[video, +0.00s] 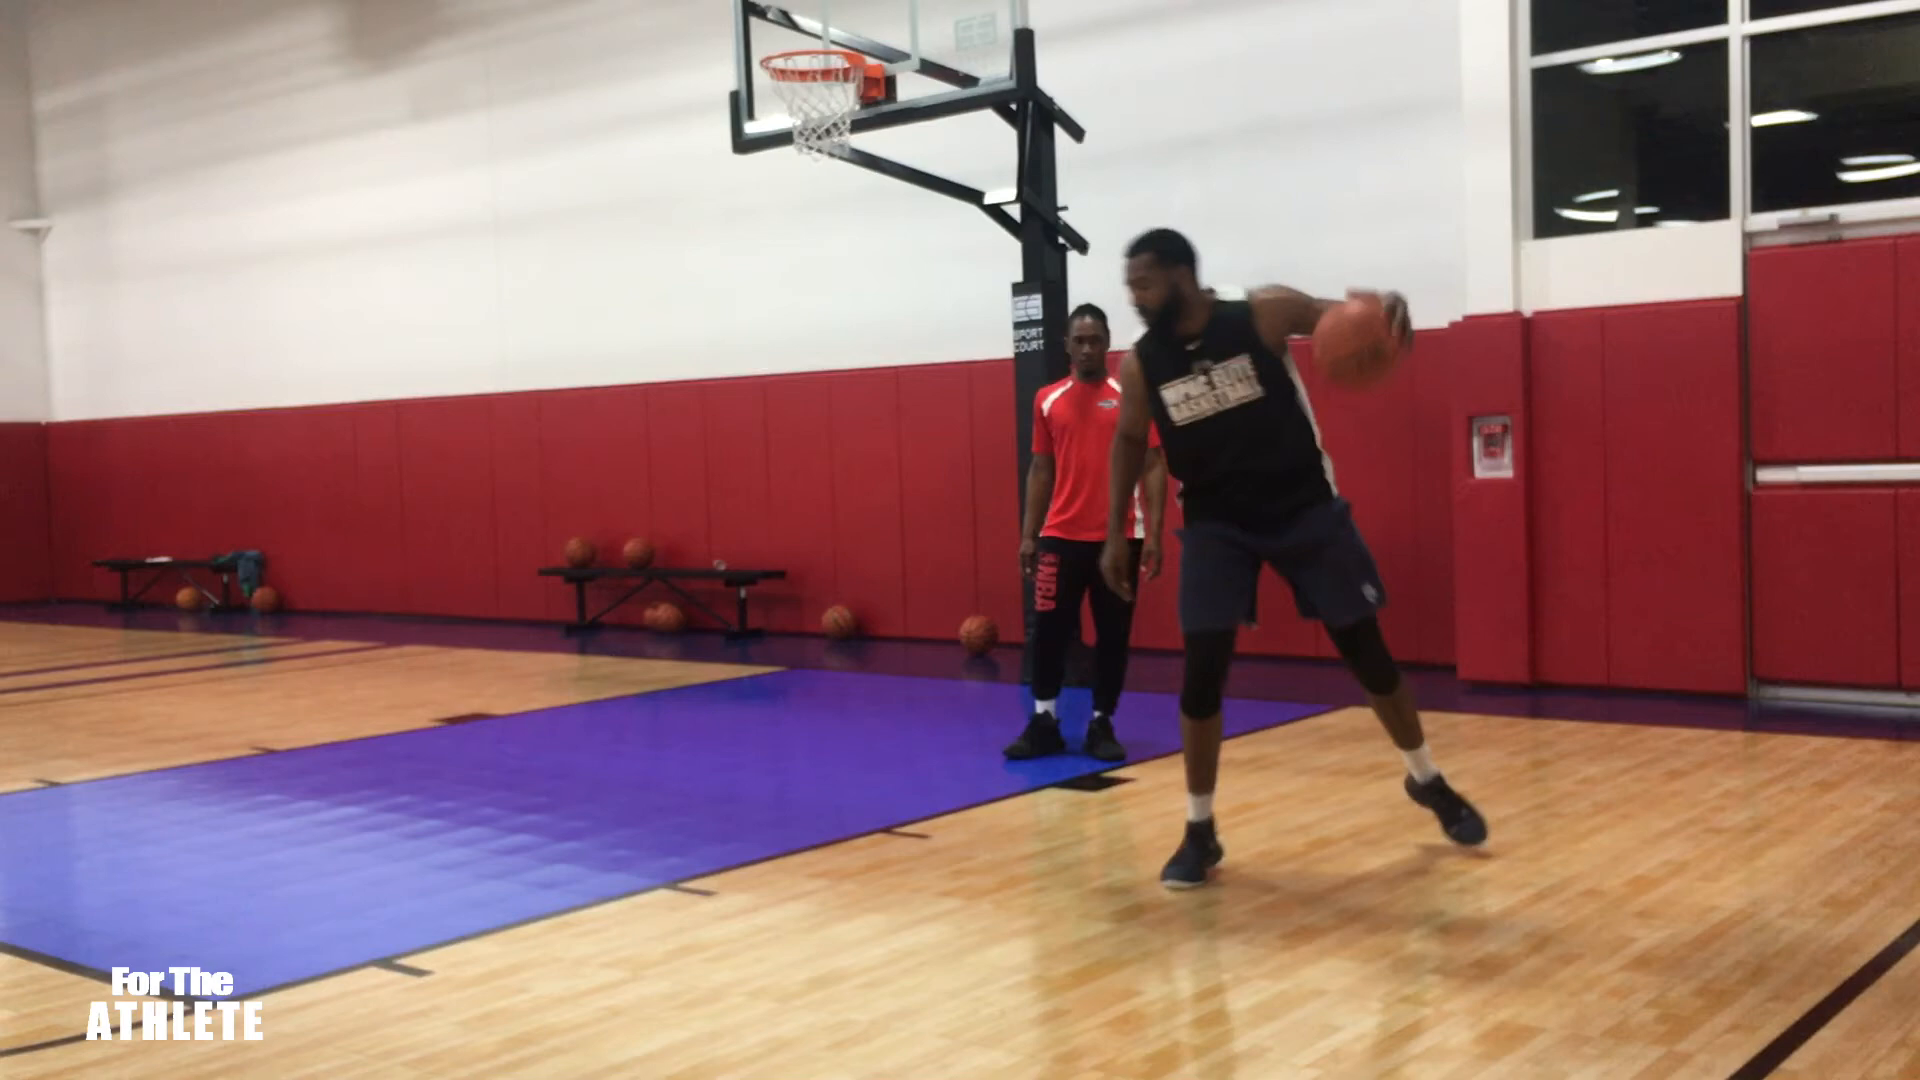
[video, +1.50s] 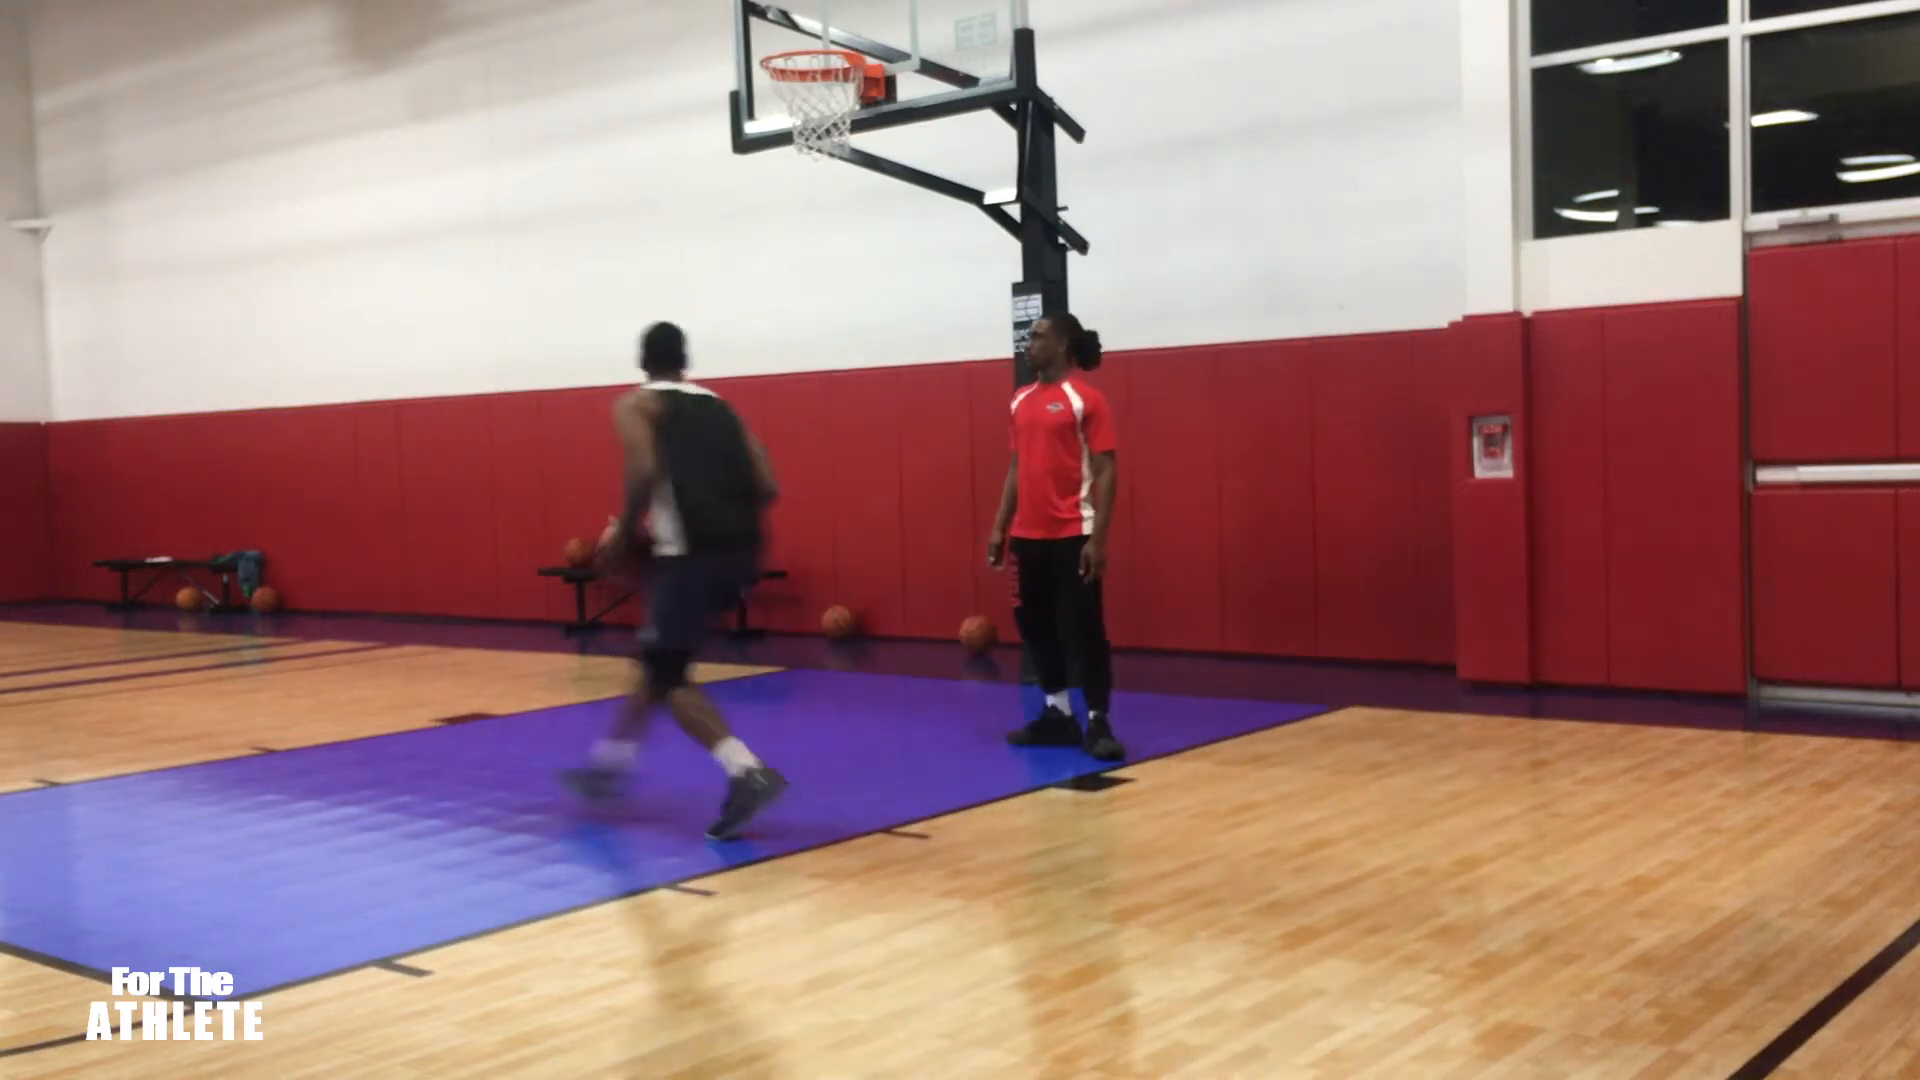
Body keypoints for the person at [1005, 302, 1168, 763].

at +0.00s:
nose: (1087, 348)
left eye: (1095, 340)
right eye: (1079, 340)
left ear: (1108, 344)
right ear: (1067, 345)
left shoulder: (1131, 398)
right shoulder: (1049, 400)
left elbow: (1153, 466)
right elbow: (1040, 470)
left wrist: (1154, 535)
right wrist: (1029, 534)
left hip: (1118, 537)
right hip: (1061, 536)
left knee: (1113, 635)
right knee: (1049, 627)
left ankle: (1101, 723)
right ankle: (1044, 720)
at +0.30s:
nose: (1090, 347)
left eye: (1099, 340)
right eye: (1083, 340)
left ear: (1112, 344)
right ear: (1071, 344)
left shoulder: (1136, 399)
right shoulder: (1051, 399)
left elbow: (1150, 467)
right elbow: (1040, 469)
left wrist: (1147, 533)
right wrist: (1025, 532)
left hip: (1116, 537)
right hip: (1061, 537)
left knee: (1113, 635)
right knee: (1049, 625)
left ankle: (1102, 722)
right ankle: (1051, 712)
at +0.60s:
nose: (1088, 347)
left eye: (1096, 339)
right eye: (1081, 339)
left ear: (1109, 344)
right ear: (1068, 344)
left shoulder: (1133, 398)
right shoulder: (1049, 398)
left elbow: (1149, 468)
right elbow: (1039, 468)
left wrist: (1148, 537)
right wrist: (1024, 531)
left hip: (1114, 536)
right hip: (1059, 535)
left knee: (1111, 633)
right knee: (1047, 622)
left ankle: (1102, 721)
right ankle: (1052, 711)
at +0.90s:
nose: (1082, 345)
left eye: (1090, 336)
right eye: (1074, 337)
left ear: (1105, 342)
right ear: (1062, 342)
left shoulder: (1124, 397)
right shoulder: (1044, 396)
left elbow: (1139, 469)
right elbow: (1037, 464)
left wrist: (1139, 534)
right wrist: (1025, 530)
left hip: (1110, 530)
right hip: (1055, 529)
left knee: (1108, 630)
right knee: (1044, 620)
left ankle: (1102, 721)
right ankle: (1050, 711)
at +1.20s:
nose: (1056, 345)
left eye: (1066, 337)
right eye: (1053, 338)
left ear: (1090, 343)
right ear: (1049, 343)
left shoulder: (1115, 398)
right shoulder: (1037, 399)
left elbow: (1132, 470)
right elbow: (1028, 464)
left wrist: (1128, 537)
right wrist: (1014, 521)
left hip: (1097, 536)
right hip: (1046, 537)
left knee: (1102, 632)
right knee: (1043, 625)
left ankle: (1101, 719)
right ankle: (1053, 709)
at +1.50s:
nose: (1029, 344)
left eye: (1039, 337)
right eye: (1030, 336)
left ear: (1063, 345)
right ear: (1036, 344)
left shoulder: (1087, 397)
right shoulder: (1021, 401)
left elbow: (1105, 469)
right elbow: (1016, 467)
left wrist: (1098, 538)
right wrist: (999, 529)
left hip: (1072, 537)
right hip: (1030, 537)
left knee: (1084, 626)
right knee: (1037, 623)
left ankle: (1097, 720)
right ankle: (1056, 713)